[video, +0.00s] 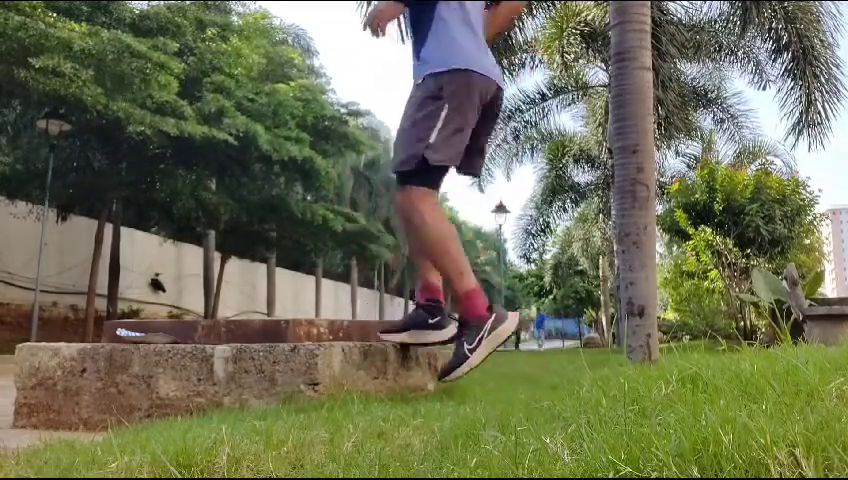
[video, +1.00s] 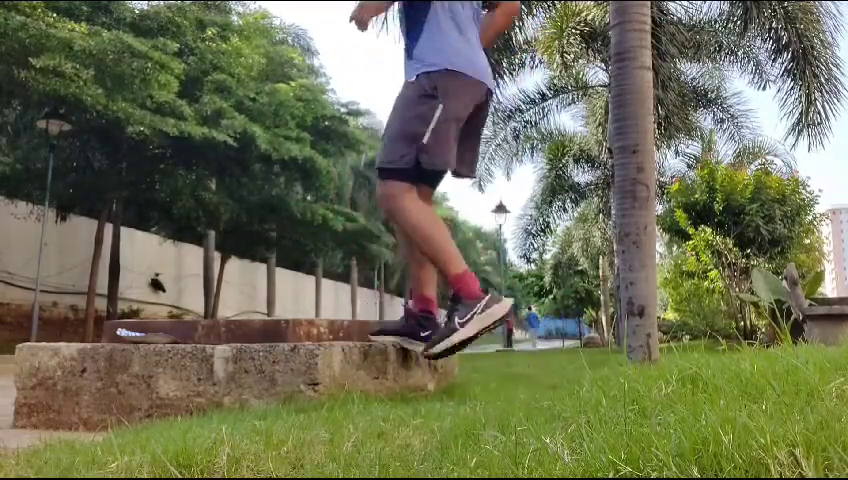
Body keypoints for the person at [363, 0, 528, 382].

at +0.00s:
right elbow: (515, 2)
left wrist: (392, 5)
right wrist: (474, 37)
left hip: (449, 66)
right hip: (487, 74)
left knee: (414, 194)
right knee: (415, 194)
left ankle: (478, 316)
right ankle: (430, 306)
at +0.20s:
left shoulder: (426, 2)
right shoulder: (492, 6)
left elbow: (450, 8)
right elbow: (534, 46)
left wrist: (403, 74)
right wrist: (498, 104)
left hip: (463, 127)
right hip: (496, 129)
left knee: (474, 258)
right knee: (399, 215)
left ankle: (525, 383)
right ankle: (470, 296)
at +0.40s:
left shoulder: (437, 4)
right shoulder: (488, 14)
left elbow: (482, 4)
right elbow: (524, 60)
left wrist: (419, 60)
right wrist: (483, 102)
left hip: (454, 121)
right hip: (503, 133)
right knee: (462, 258)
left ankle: (483, 321)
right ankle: (517, 372)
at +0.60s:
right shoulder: (472, 2)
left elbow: (451, 2)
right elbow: (495, 41)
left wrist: (403, 41)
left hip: (440, 88)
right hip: (489, 103)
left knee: (351, 175)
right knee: (470, 232)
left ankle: (393, 285)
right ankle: (508, 359)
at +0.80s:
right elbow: (492, 8)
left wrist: (378, 17)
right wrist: (451, 41)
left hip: (427, 58)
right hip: (475, 69)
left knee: (385, 180)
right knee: (416, 189)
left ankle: (394, 309)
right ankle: (457, 300)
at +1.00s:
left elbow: (373, 7)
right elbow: (509, 6)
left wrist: (364, 12)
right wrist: (470, 46)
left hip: (440, 65)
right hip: (473, 72)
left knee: (394, 193)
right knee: (420, 195)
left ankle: (472, 295)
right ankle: (423, 313)